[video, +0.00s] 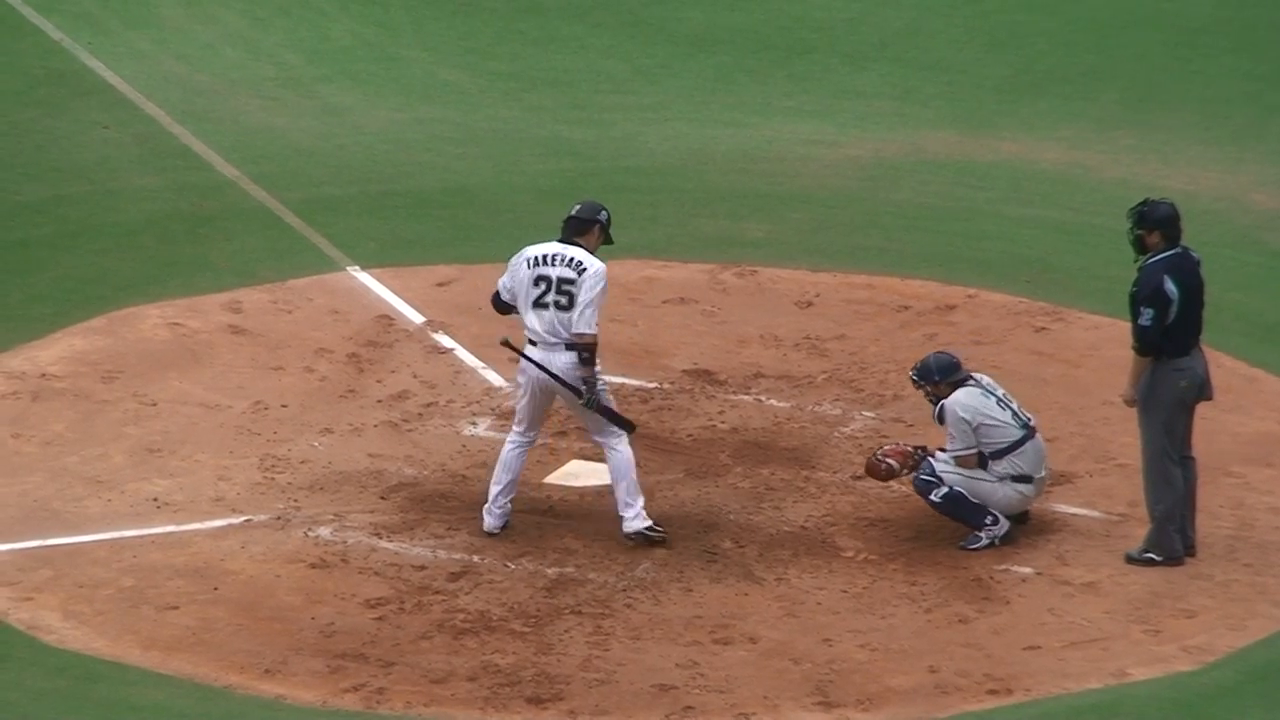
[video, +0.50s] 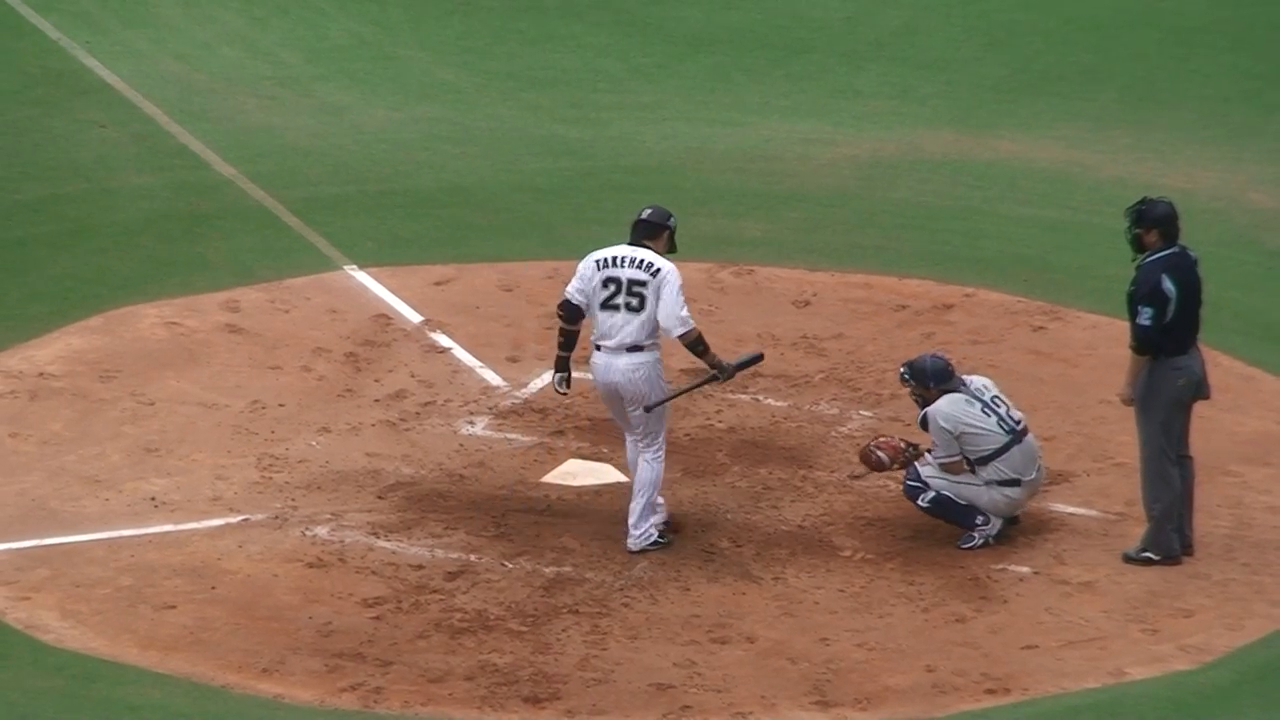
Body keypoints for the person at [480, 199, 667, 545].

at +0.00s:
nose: (599, 244)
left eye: (602, 238)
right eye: (601, 237)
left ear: (568, 226)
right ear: (593, 231)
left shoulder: (528, 255)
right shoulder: (591, 268)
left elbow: (501, 303)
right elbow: (585, 332)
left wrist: (541, 303)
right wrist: (591, 383)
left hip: (533, 360)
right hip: (572, 365)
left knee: (521, 435)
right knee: (614, 438)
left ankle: (494, 516)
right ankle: (635, 520)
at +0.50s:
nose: (669, 245)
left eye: (670, 239)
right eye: (668, 238)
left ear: (635, 233)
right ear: (660, 237)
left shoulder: (596, 260)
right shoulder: (664, 270)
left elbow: (570, 311)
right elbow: (680, 327)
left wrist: (562, 363)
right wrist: (715, 362)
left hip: (601, 366)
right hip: (641, 367)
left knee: (634, 435)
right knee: (651, 448)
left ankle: (652, 510)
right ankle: (640, 532)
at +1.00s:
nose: (668, 246)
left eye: (667, 241)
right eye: (667, 241)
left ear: (632, 240)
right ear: (662, 241)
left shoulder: (603, 270)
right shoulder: (673, 264)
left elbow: (586, 329)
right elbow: (687, 323)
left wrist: (590, 374)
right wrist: (706, 364)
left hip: (627, 369)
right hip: (669, 366)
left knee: (636, 442)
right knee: (683, 443)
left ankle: (648, 522)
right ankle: (680, 526)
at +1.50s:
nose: (663, 244)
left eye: (661, 240)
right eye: (662, 239)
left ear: (627, 241)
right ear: (657, 239)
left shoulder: (605, 274)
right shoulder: (675, 260)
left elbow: (589, 335)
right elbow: (699, 321)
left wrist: (591, 383)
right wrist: (712, 364)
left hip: (637, 365)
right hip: (681, 361)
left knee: (640, 441)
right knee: (690, 437)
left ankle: (648, 522)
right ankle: (685, 521)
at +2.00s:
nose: (688, 248)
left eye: (687, 244)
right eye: (688, 243)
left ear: (651, 240)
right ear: (682, 242)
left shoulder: (621, 267)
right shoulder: (694, 267)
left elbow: (601, 325)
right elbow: (710, 332)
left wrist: (606, 373)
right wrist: (714, 373)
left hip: (638, 364)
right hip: (682, 363)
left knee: (644, 441)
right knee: (688, 443)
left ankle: (648, 522)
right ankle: (682, 526)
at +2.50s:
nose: (725, 254)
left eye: (725, 249)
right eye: (725, 249)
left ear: (689, 239)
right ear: (718, 248)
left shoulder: (646, 257)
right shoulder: (720, 276)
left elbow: (613, 298)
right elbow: (723, 345)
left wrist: (625, 353)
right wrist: (723, 387)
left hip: (646, 357)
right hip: (688, 362)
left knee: (648, 439)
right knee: (687, 444)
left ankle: (649, 521)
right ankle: (683, 527)